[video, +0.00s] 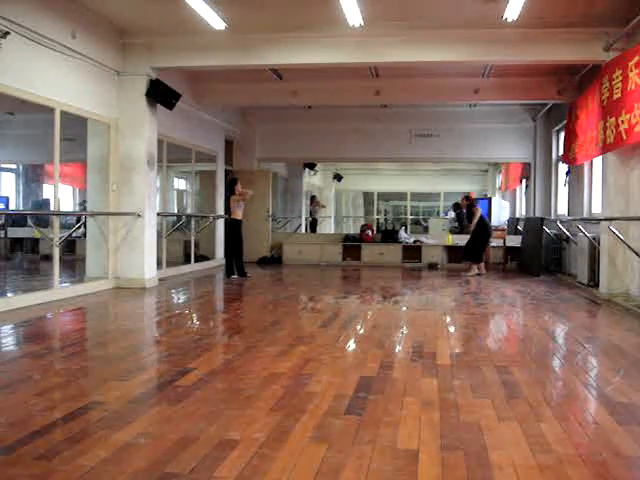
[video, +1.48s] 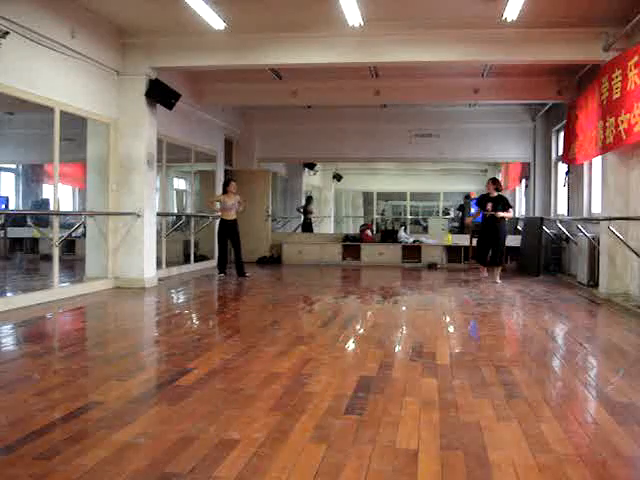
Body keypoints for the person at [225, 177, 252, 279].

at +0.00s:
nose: (240, 187)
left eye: (239, 185)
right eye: (238, 185)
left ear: (237, 187)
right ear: (234, 187)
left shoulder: (239, 197)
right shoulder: (233, 198)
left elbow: (249, 193)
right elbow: (246, 197)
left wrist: (242, 192)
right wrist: (242, 192)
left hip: (238, 221)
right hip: (232, 221)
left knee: (238, 247)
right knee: (231, 248)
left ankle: (241, 271)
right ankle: (230, 272)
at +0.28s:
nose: (240, 186)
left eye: (240, 184)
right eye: (238, 184)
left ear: (236, 186)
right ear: (235, 186)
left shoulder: (239, 196)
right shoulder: (233, 196)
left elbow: (252, 194)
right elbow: (244, 194)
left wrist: (244, 192)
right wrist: (243, 191)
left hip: (239, 221)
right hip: (233, 221)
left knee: (239, 248)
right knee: (232, 248)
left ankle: (241, 271)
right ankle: (230, 272)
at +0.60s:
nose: (242, 186)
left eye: (241, 184)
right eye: (239, 184)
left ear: (239, 187)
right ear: (235, 187)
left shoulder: (241, 198)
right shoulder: (234, 198)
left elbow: (245, 212)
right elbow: (236, 210)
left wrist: (250, 206)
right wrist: (244, 203)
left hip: (241, 221)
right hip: (235, 221)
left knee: (239, 248)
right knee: (232, 248)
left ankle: (241, 271)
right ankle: (230, 271)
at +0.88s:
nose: (246, 186)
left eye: (245, 185)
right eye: (244, 185)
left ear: (243, 187)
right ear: (239, 187)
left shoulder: (245, 198)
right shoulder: (235, 197)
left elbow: (245, 207)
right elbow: (223, 205)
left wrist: (247, 211)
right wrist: (233, 212)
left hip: (242, 221)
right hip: (234, 221)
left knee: (241, 247)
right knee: (232, 247)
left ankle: (241, 271)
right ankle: (229, 271)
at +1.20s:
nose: (240, 188)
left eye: (241, 186)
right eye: (239, 186)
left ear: (241, 187)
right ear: (234, 187)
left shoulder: (242, 198)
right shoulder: (229, 197)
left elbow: (244, 208)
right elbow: (215, 203)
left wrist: (245, 210)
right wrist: (224, 208)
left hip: (239, 220)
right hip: (230, 220)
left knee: (240, 247)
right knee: (227, 247)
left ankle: (241, 272)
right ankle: (223, 271)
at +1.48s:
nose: (234, 188)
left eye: (235, 186)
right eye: (232, 186)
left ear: (235, 187)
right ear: (227, 187)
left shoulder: (237, 197)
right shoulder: (222, 197)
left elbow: (240, 209)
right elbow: (210, 202)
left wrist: (243, 205)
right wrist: (217, 209)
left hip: (233, 221)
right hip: (224, 220)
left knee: (237, 247)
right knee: (222, 247)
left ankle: (240, 272)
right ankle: (222, 271)